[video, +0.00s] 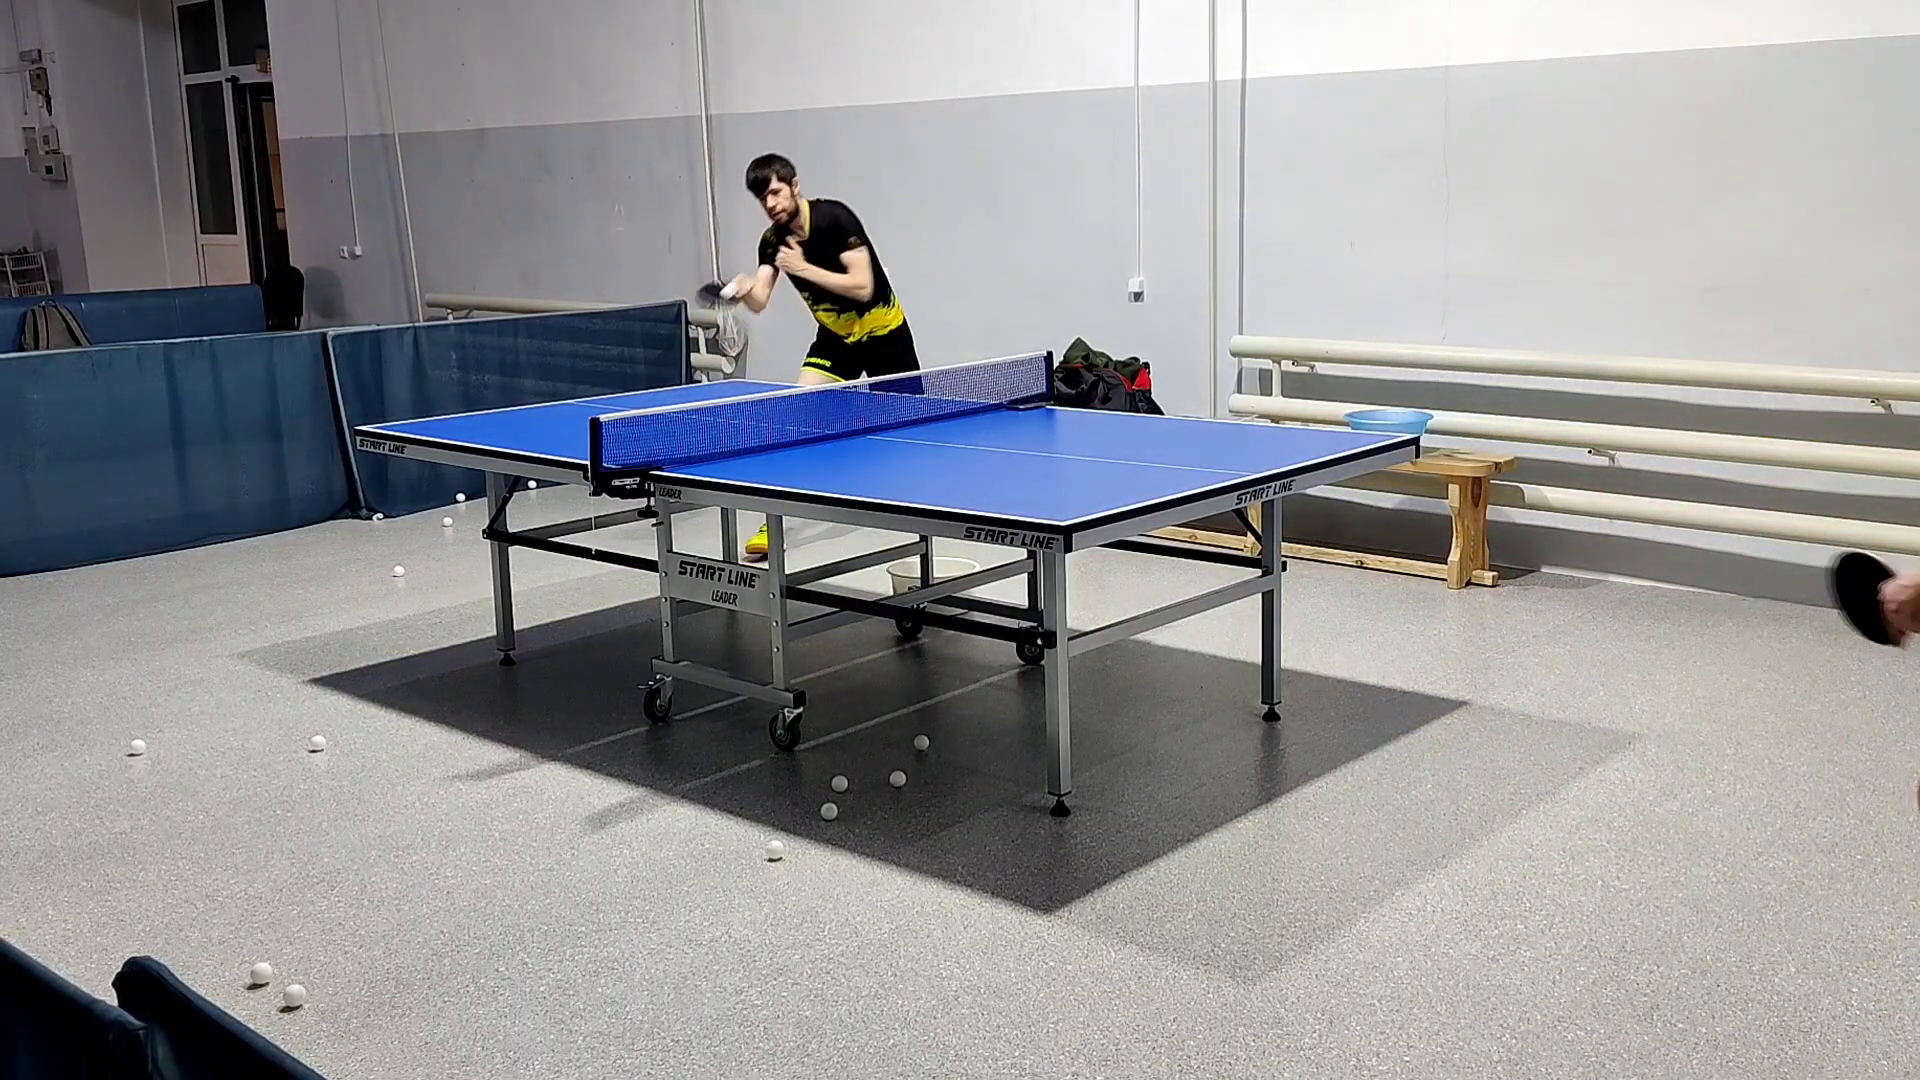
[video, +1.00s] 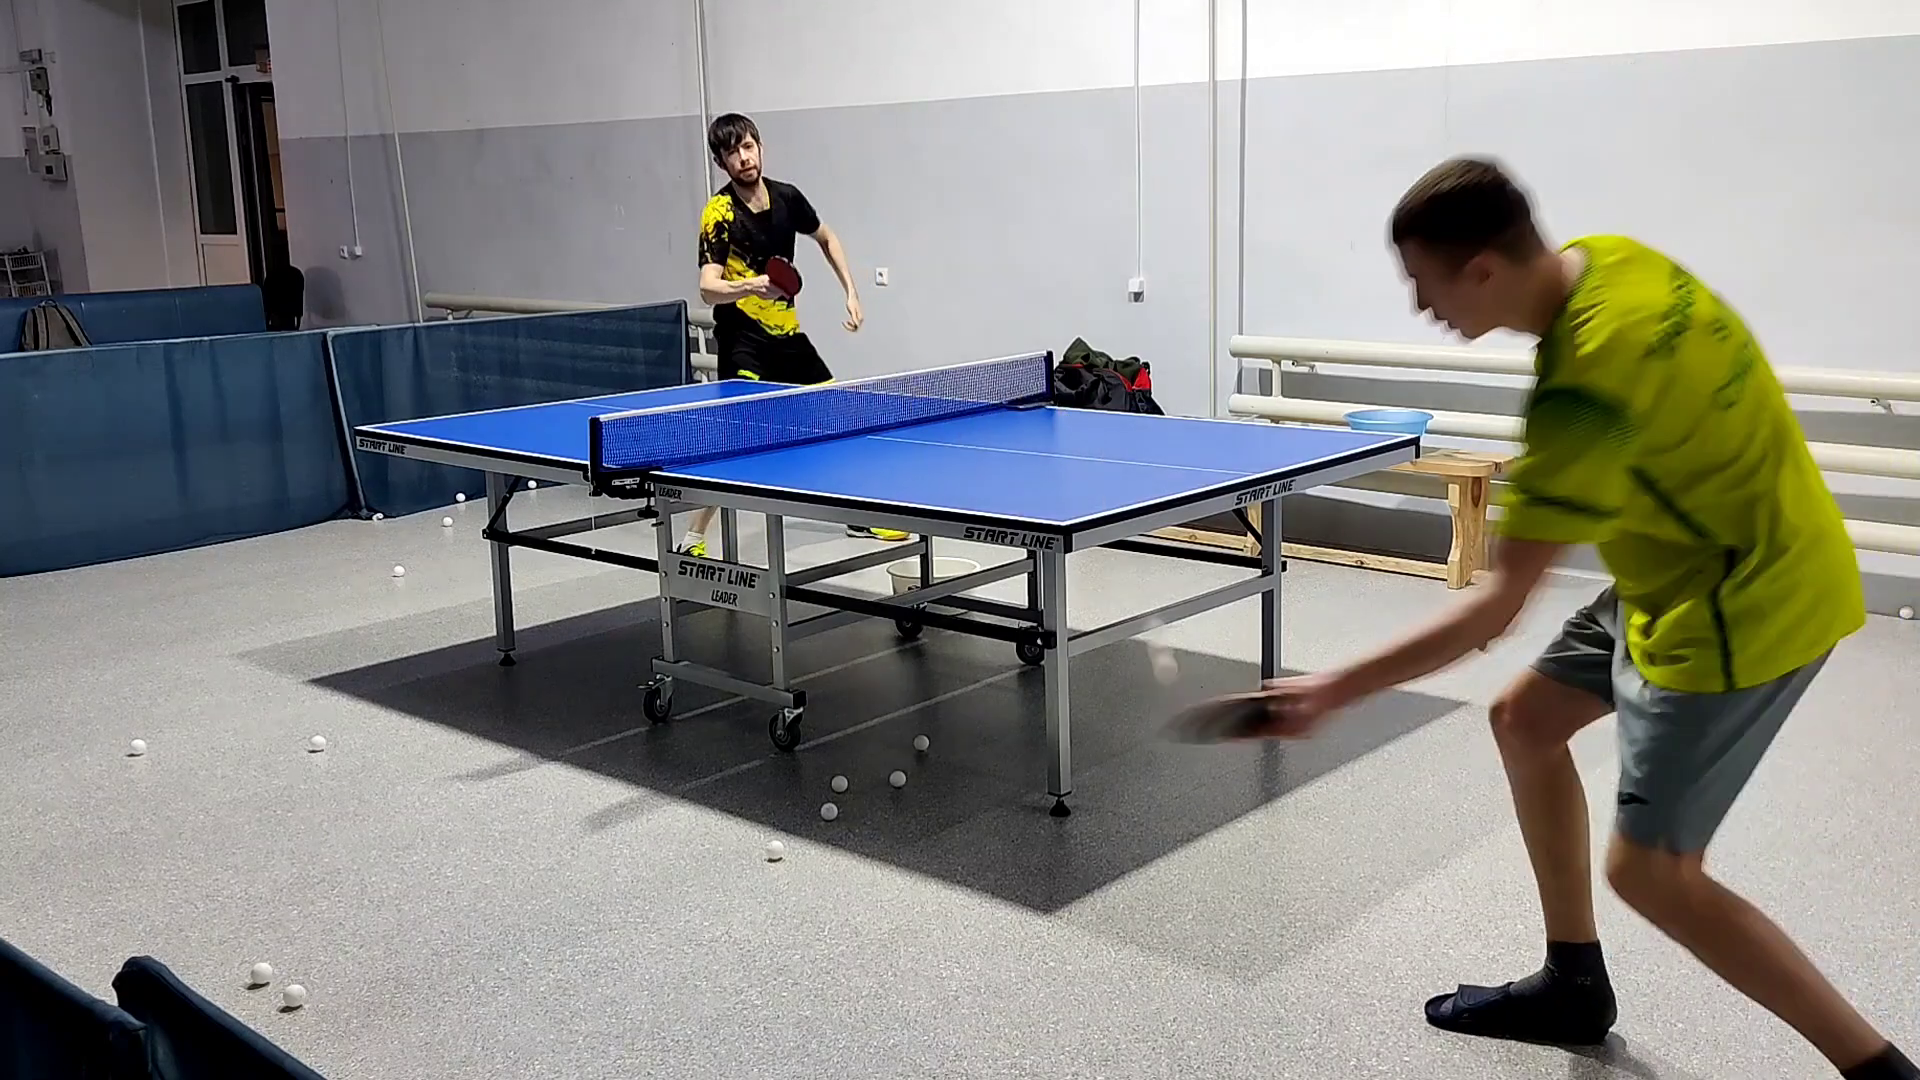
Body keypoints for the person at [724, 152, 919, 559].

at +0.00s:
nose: (771, 203)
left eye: (777, 192)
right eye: (763, 197)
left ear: (795, 186)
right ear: (758, 201)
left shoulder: (834, 217)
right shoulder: (772, 241)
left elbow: (864, 288)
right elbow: (758, 304)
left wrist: (802, 269)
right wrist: (744, 289)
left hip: (884, 335)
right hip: (834, 338)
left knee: (910, 426)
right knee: (797, 418)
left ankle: (929, 519)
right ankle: (773, 525)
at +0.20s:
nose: (794, 186)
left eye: (799, 175)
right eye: (785, 180)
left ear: (815, 170)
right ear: (779, 186)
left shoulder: (856, 209)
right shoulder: (785, 228)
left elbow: (887, 277)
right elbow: (778, 292)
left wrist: (826, 269)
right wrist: (789, 265)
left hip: (882, 329)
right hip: (830, 332)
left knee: (914, 420)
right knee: (799, 413)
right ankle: (775, 520)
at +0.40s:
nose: (786, 183)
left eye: (790, 172)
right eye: (775, 178)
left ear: (804, 169)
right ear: (768, 186)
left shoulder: (843, 208)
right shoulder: (772, 232)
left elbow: (887, 269)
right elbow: (764, 301)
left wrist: (834, 280)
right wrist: (793, 292)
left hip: (864, 335)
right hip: (812, 339)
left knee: (905, 421)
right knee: (783, 421)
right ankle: (732, 523)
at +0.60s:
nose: (746, 181)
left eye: (749, 169)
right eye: (735, 176)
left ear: (763, 169)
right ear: (726, 186)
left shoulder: (802, 213)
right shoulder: (729, 236)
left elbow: (850, 267)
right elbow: (723, 305)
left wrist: (844, 325)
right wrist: (754, 310)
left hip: (822, 339)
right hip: (771, 344)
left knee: (868, 420)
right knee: (740, 422)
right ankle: (718, 528)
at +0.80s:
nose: (740, 151)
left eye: (744, 139)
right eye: (728, 147)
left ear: (756, 139)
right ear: (718, 157)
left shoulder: (789, 185)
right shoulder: (718, 209)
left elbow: (828, 230)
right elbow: (709, 283)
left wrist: (846, 286)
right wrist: (746, 289)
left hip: (800, 320)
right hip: (753, 326)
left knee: (846, 403)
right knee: (748, 407)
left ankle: (861, 505)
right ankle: (713, 522)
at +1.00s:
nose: (744, 157)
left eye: (749, 146)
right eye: (733, 152)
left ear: (761, 147)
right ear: (721, 161)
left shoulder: (787, 197)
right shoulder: (718, 212)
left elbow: (825, 238)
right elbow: (707, 289)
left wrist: (851, 293)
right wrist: (746, 287)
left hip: (788, 333)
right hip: (742, 335)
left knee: (841, 411)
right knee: (740, 433)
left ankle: (860, 511)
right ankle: (695, 538)